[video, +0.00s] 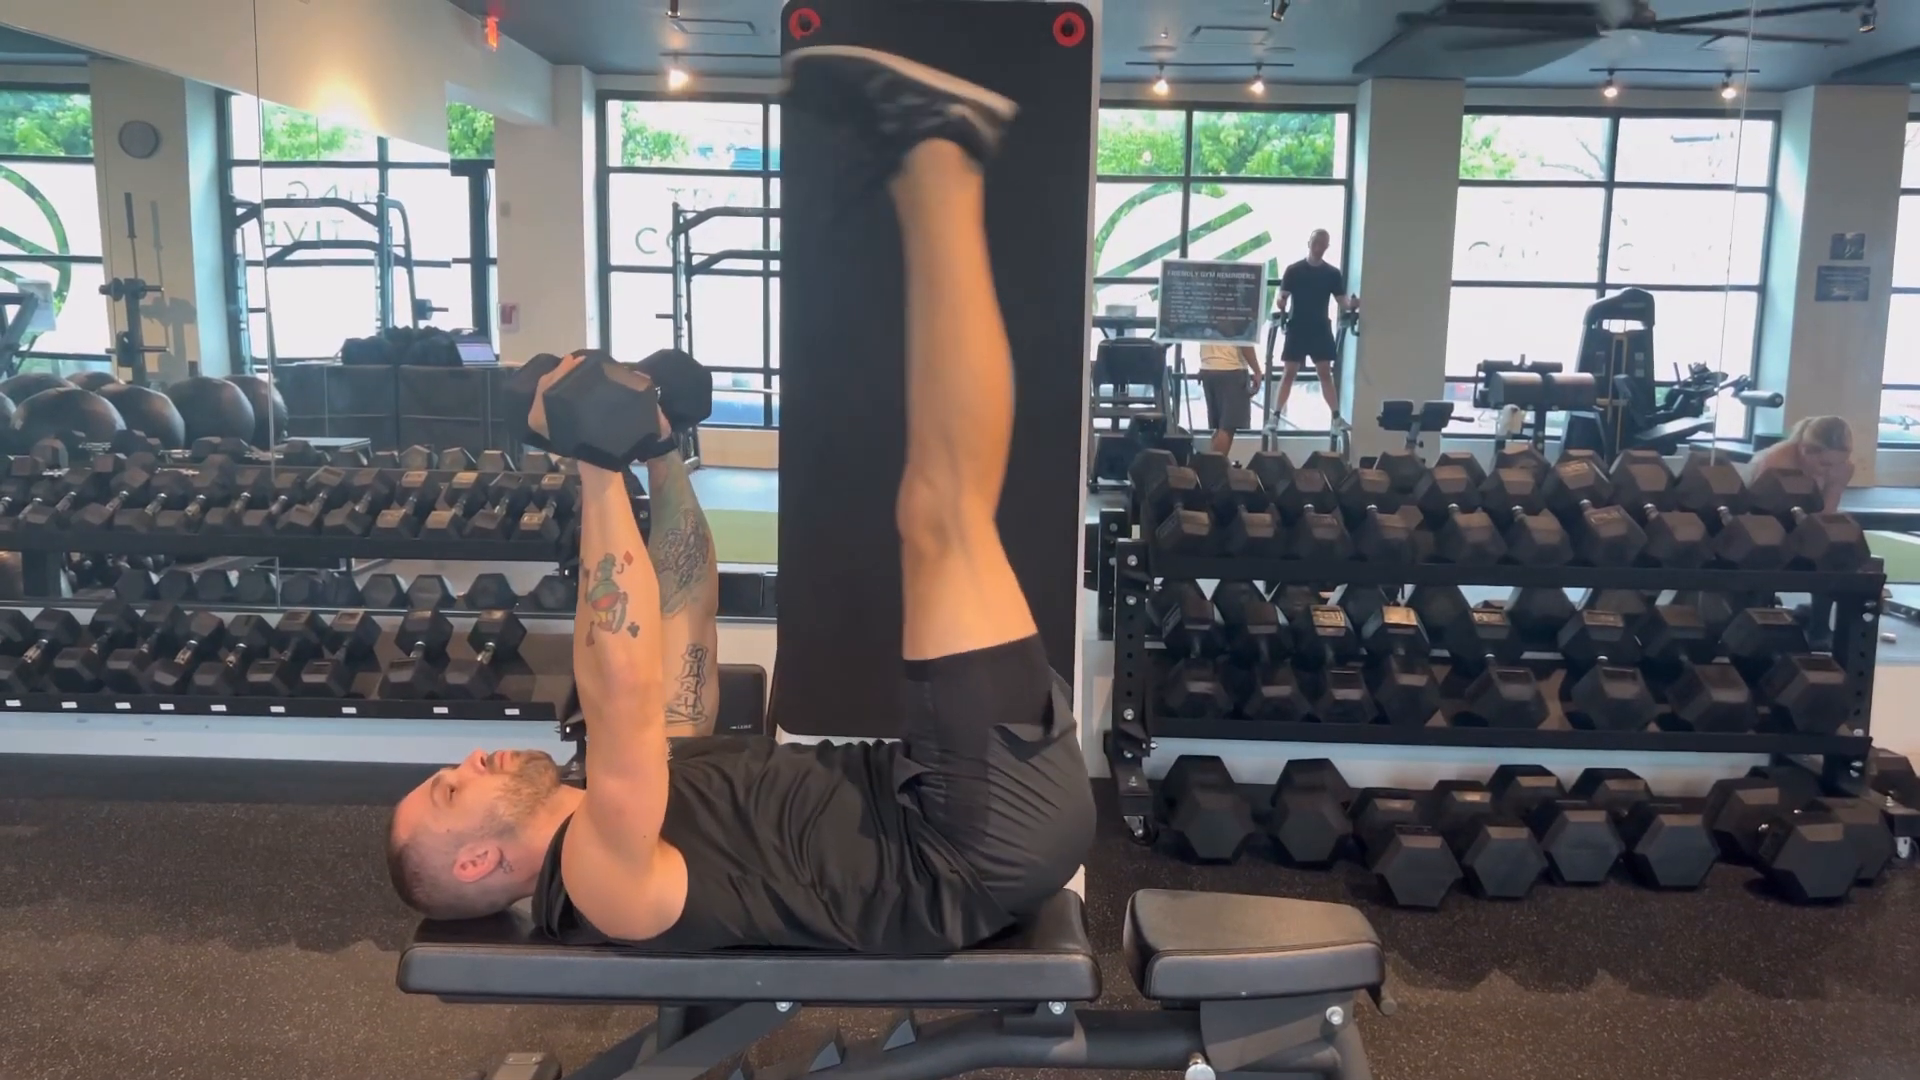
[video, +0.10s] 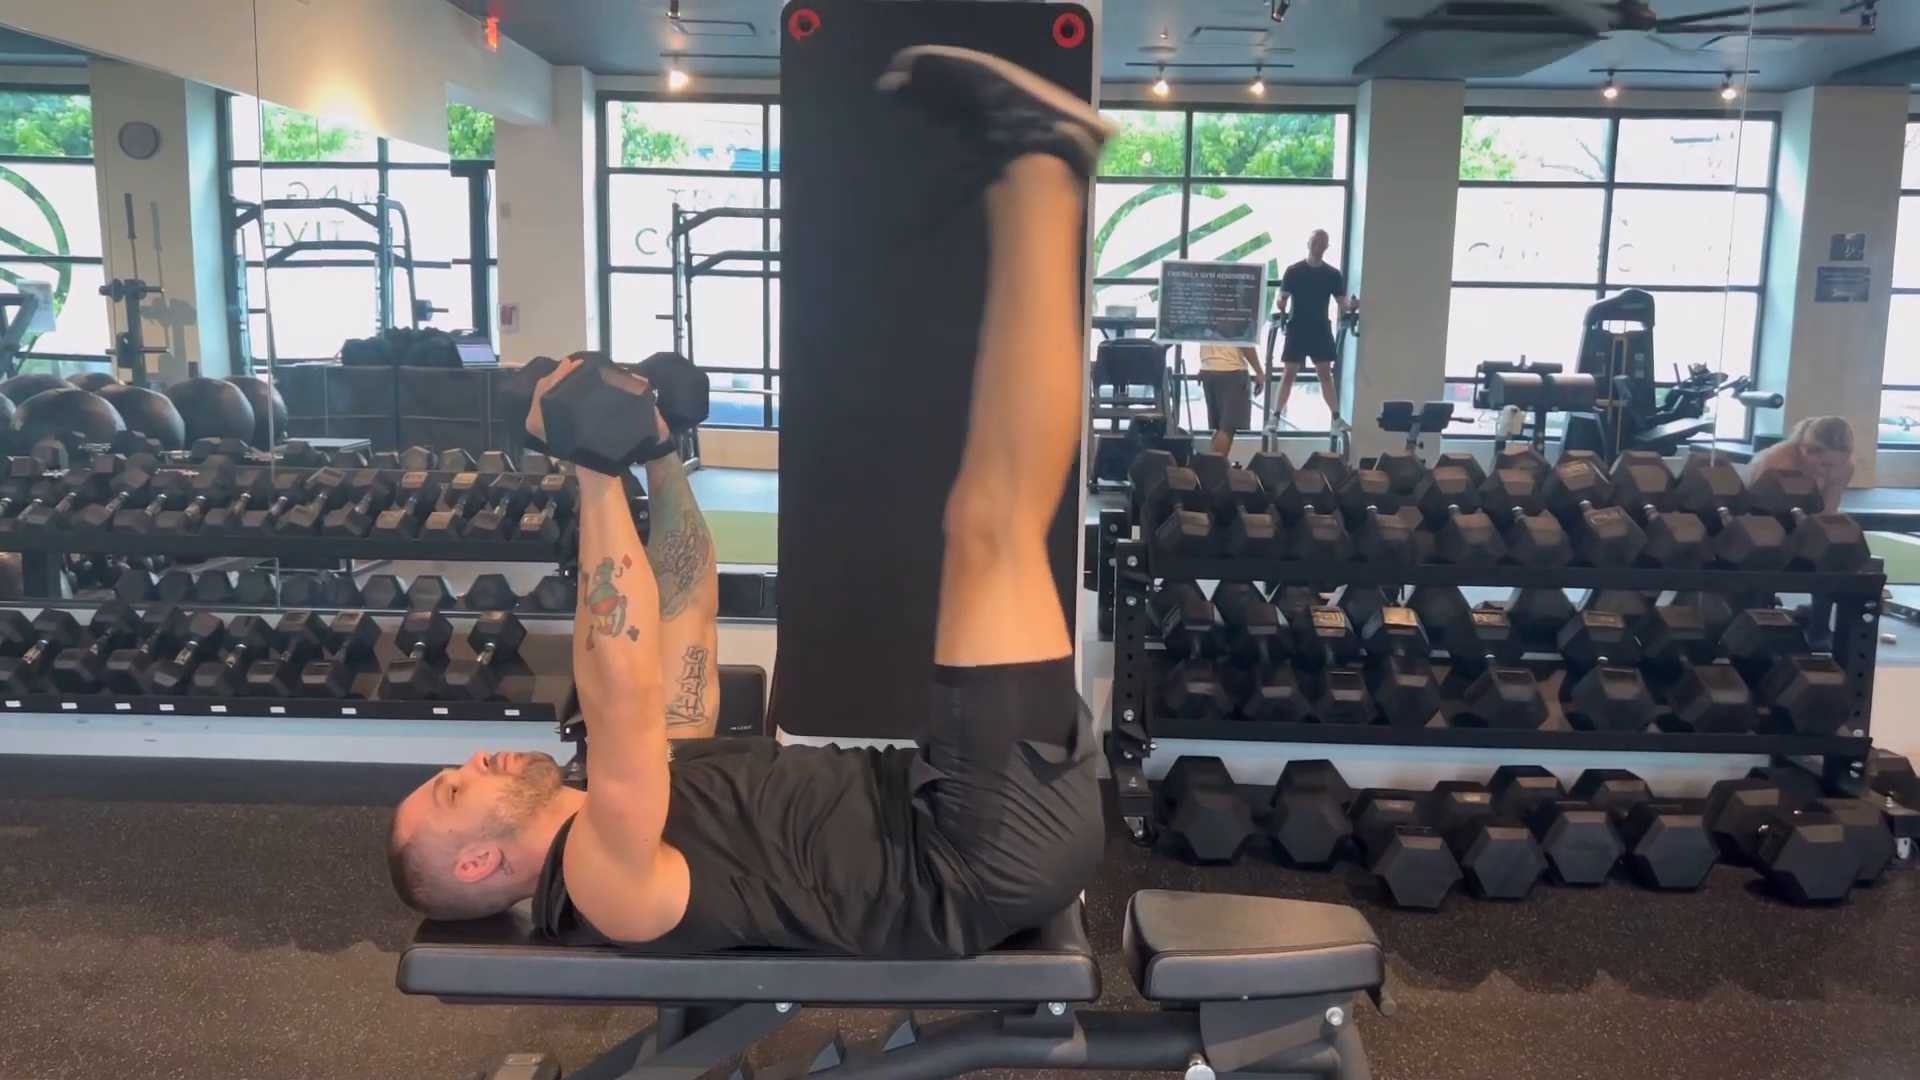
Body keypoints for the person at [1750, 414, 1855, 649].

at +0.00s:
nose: (1832, 472)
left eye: (1838, 465)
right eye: (1826, 464)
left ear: (1846, 458)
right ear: (1804, 450)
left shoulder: (1837, 467)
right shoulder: (1774, 465)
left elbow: (1822, 528)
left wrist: (1836, 488)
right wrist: (1836, 490)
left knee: (1845, 552)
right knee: (1828, 555)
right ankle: (1819, 630)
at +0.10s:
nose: (1831, 472)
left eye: (1838, 465)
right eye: (1826, 464)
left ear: (1846, 458)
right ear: (1805, 450)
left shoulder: (1843, 468)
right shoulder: (1773, 464)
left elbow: (1825, 521)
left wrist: (1836, 489)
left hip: (1800, 537)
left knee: (1834, 553)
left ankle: (1819, 629)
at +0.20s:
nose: (1833, 472)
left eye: (1839, 465)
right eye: (1828, 464)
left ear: (1848, 459)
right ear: (1806, 450)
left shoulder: (1839, 467)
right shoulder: (1774, 466)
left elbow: (1822, 527)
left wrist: (1836, 488)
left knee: (1847, 555)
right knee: (1829, 557)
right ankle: (1819, 632)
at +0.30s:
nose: (1835, 474)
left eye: (1840, 467)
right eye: (1829, 466)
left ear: (1849, 460)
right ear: (1805, 451)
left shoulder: (1840, 468)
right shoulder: (1775, 464)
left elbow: (1825, 521)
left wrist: (1836, 488)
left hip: (1799, 538)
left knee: (1846, 556)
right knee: (1828, 558)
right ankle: (1819, 630)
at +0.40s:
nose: (1835, 474)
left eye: (1841, 467)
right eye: (1829, 466)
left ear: (1849, 460)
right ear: (1806, 451)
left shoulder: (1842, 468)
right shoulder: (1775, 463)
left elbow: (1825, 519)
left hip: (1801, 537)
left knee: (1847, 555)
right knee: (1829, 558)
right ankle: (1818, 630)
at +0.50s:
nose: (1836, 474)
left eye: (1841, 467)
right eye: (1830, 466)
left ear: (1849, 460)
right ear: (1806, 451)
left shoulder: (1841, 467)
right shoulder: (1774, 465)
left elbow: (1825, 521)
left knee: (1847, 556)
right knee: (1828, 559)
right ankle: (1818, 631)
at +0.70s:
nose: (1835, 475)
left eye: (1840, 468)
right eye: (1829, 467)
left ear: (1848, 461)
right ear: (1805, 453)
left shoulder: (1840, 469)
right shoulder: (1771, 467)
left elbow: (1826, 521)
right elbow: (1753, 517)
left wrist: (1835, 492)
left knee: (1845, 556)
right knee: (1826, 561)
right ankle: (1818, 632)